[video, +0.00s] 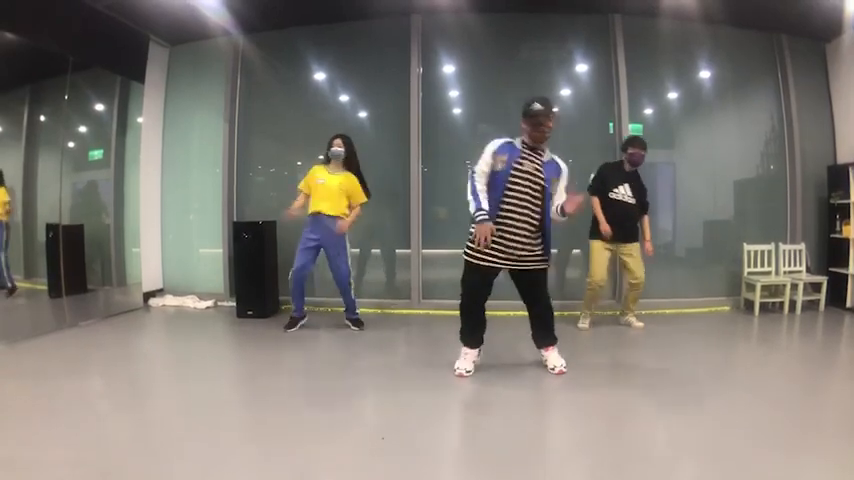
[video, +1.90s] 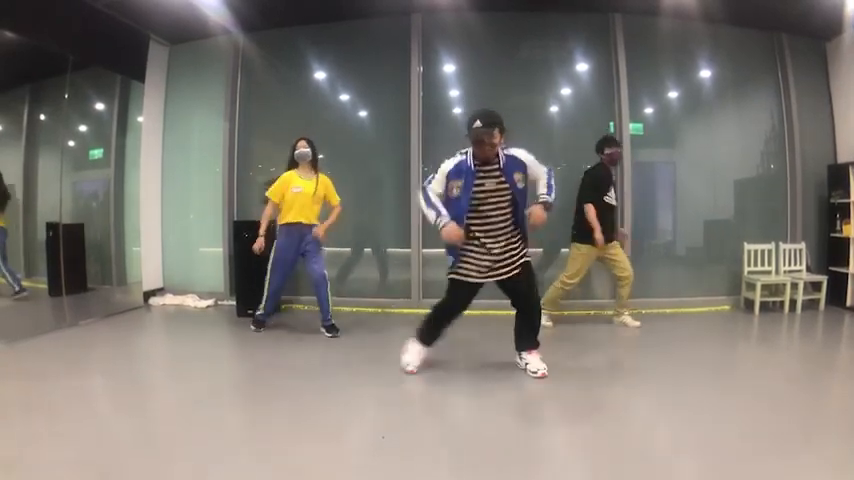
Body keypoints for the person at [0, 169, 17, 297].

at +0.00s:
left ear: (0, 177)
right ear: (3, 177)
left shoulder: (3, 190)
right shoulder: (4, 190)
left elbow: (7, 206)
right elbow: (7, 207)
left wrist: (5, 215)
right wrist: (5, 215)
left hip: (3, 222)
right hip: (4, 222)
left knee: (3, 253)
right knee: (3, 253)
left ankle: (9, 283)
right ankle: (6, 282)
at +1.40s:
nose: (0, 177)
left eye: (1, 174)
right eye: (1, 174)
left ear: (5, 175)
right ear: (7, 174)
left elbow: (13, 205)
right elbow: (9, 205)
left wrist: (5, 216)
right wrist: (5, 215)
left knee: (9, 254)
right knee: (4, 254)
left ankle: (17, 286)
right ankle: (5, 280)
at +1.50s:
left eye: (1, 175)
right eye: (1, 175)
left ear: (6, 176)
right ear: (9, 175)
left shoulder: (9, 190)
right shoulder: (11, 189)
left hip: (7, 220)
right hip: (6, 220)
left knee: (9, 253)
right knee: (6, 253)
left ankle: (18, 287)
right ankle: (17, 285)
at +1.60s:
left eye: (1, 175)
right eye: (1, 175)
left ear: (5, 176)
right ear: (10, 175)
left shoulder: (7, 190)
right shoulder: (12, 190)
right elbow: (14, 207)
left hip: (6, 222)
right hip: (7, 221)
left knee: (7, 255)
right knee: (6, 255)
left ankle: (19, 287)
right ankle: (18, 286)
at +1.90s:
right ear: (3, 182)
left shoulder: (4, 193)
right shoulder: (5, 193)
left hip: (2, 226)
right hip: (3, 226)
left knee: (3, 261)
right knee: (4, 261)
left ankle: (18, 287)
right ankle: (18, 287)